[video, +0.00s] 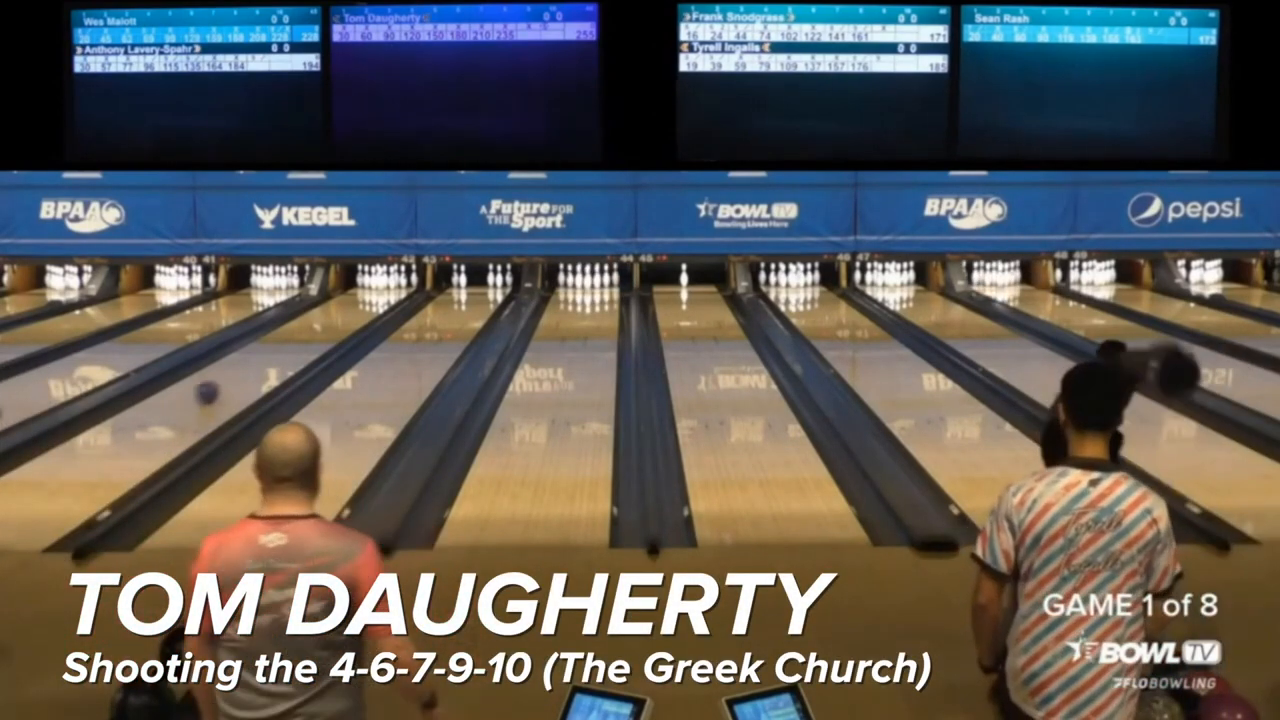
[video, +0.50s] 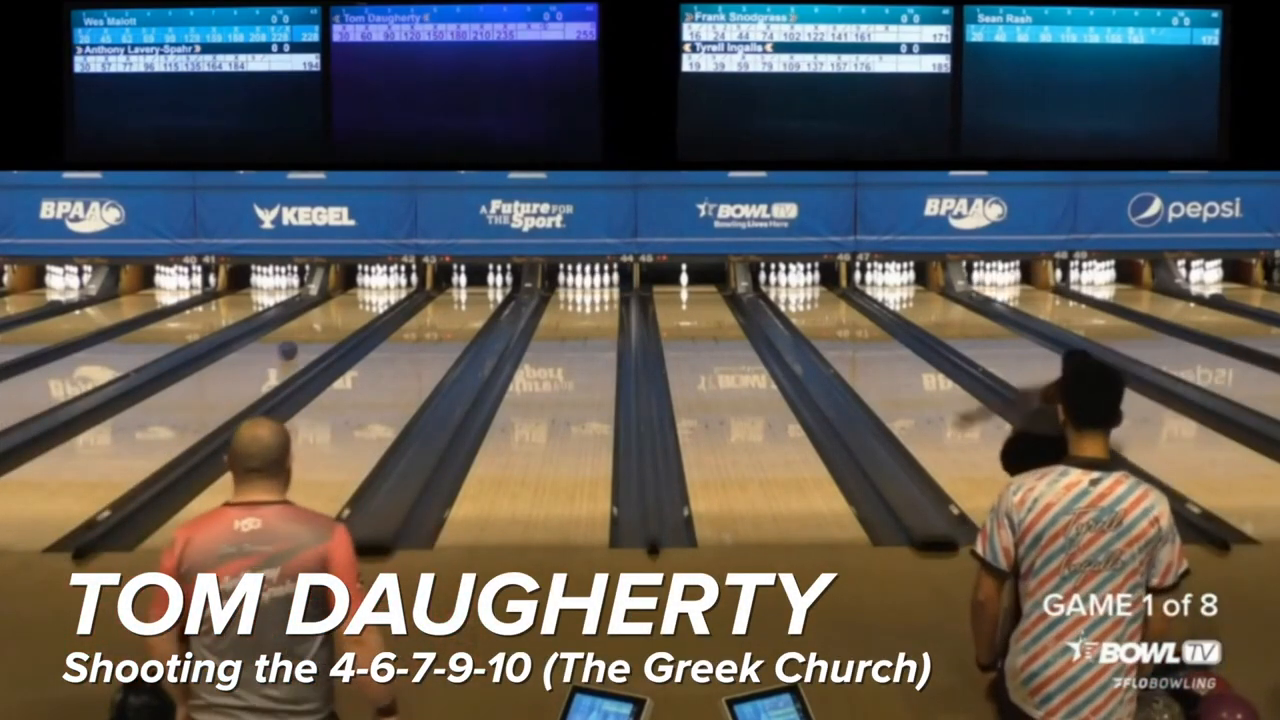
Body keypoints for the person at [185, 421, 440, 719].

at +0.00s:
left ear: (258, 472)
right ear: (317, 472)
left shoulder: (216, 551)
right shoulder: (357, 551)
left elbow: (197, 661)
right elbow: (394, 651)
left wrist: (211, 714)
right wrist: (425, 695)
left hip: (240, 710)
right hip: (330, 709)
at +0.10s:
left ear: (252, 471)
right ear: (312, 472)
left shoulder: (210, 551)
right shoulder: (350, 551)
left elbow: (193, 660)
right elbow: (385, 657)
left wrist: (210, 712)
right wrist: (417, 695)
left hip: (235, 710)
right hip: (325, 709)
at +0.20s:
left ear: (235, 468)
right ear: (294, 469)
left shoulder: (194, 544)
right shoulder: (330, 546)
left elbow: (178, 645)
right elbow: (357, 645)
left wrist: (196, 697)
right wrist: (393, 704)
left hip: (219, 710)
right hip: (309, 710)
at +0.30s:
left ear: (228, 465)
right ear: (287, 467)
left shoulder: (187, 540)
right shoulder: (324, 540)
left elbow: (172, 645)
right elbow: (350, 640)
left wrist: (189, 706)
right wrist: (384, 707)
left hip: (218, 711)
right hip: (307, 710)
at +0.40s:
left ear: (226, 465)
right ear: (286, 466)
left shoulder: (186, 540)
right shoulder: (324, 537)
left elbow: (167, 651)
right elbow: (352, 643)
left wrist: (185, 704)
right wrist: (384, 706)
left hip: (216, 710)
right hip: (305, 709)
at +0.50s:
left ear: (229, 465)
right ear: (289, 464)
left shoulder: (188, 538)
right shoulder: (329, 535)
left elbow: (163, 650)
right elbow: (358, 641)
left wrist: (183, 702)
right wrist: (386, 704)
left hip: (213, 709)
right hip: (302, 709)